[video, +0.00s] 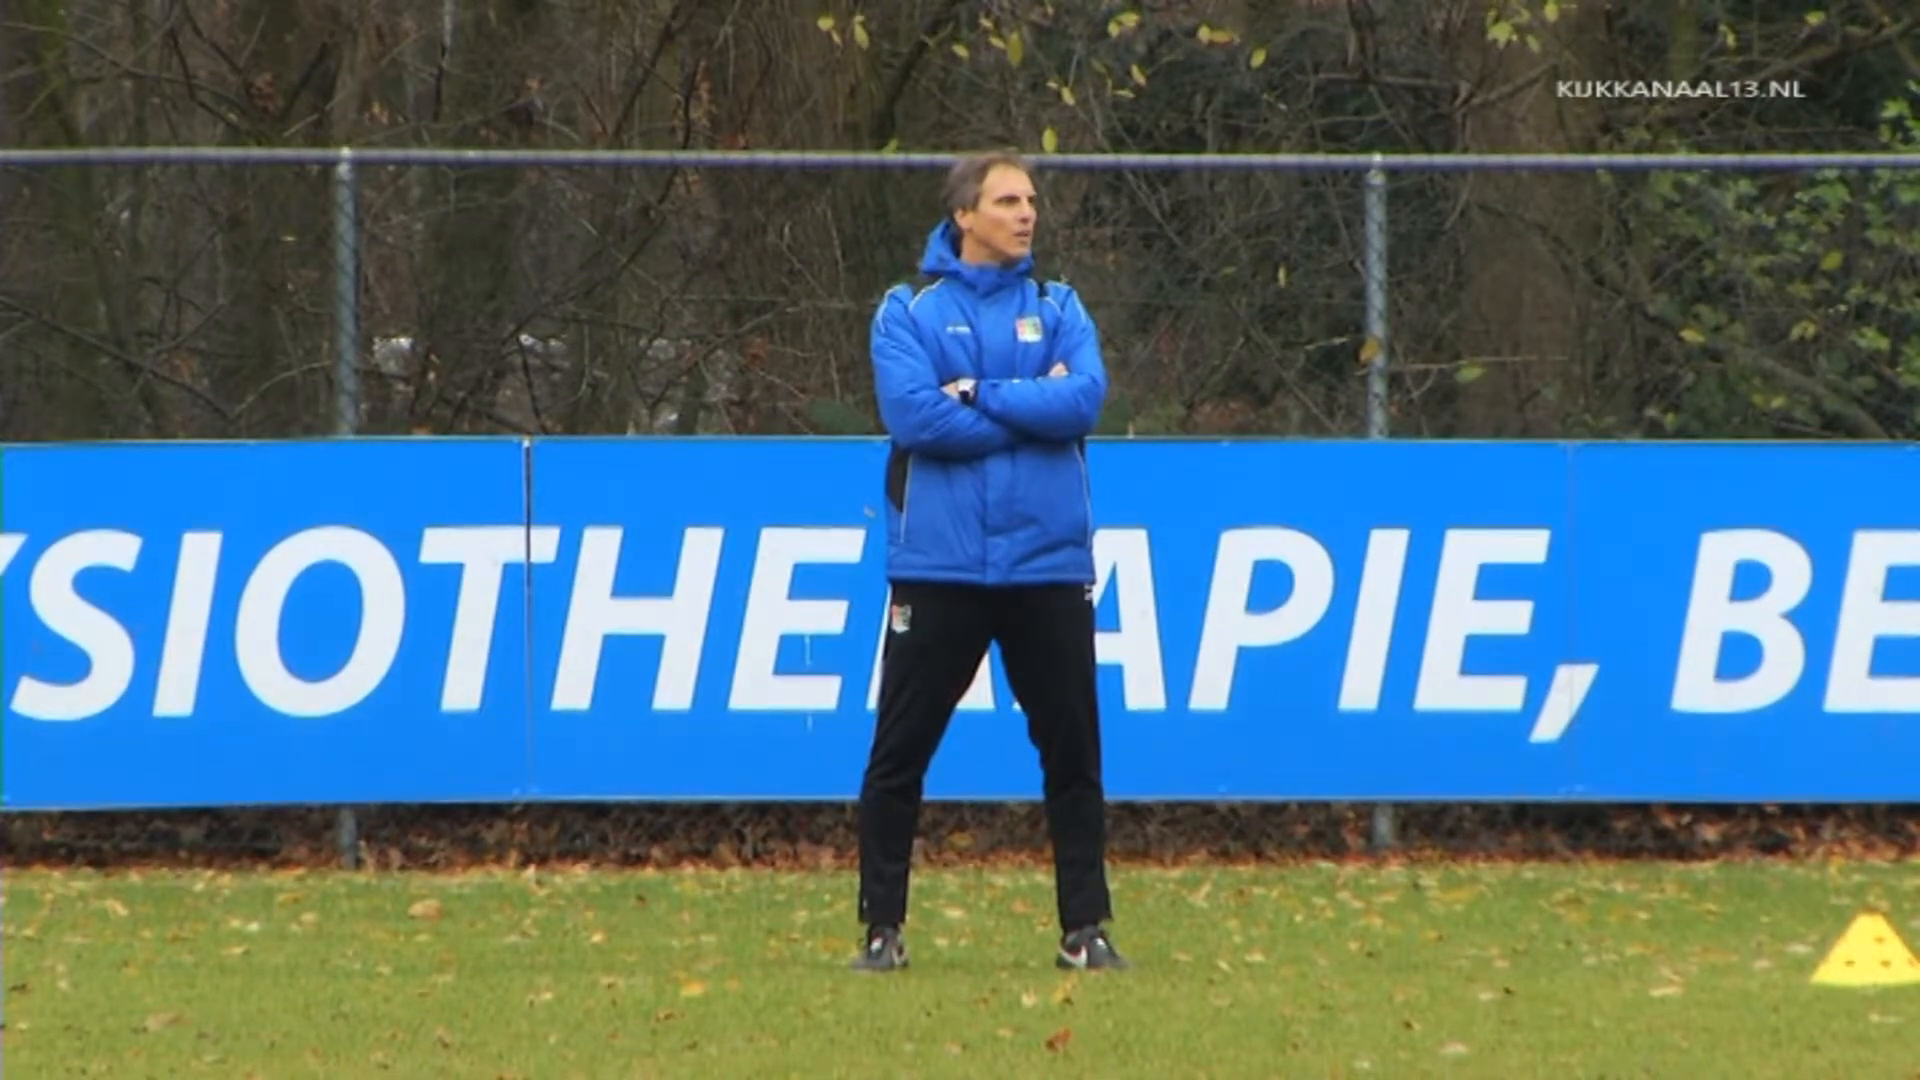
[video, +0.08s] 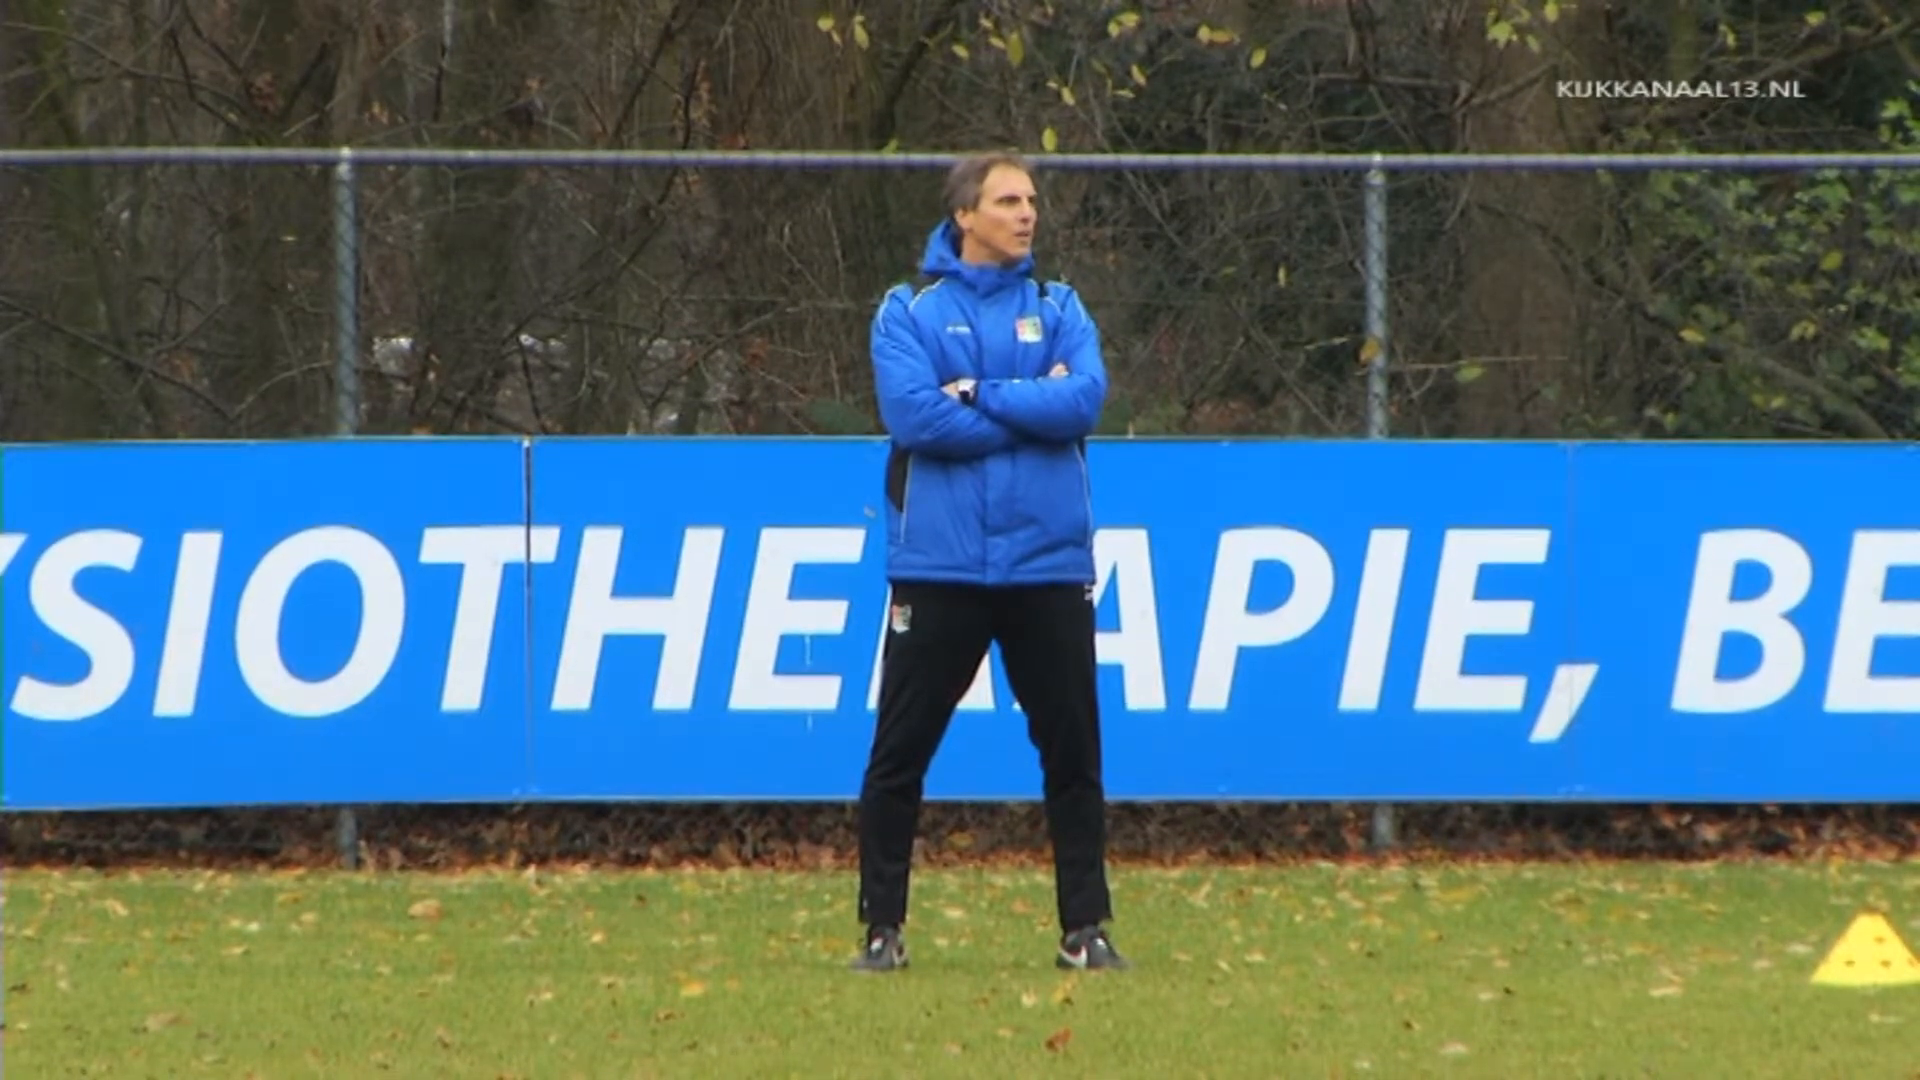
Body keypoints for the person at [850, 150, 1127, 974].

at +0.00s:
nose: (1027, 214)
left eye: (1031, 202)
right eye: (1010, 202)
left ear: (1033, 216)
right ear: (964, 218)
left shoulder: (1059, 306)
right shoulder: (906, 310)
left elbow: (1082, 401)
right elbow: (917, 423)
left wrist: (975, 391)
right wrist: (1027, 412)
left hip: (1050, 567)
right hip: (941, 569)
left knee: (1073, 750)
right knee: (901, 752)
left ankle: (1085, 931)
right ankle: (882, 929)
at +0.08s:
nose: (1028, 214)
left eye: (1032, 202)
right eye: (1010, 202)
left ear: (1033, 217)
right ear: (965, 218)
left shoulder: (1059, 306)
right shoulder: (906, 310)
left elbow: (1083, 402)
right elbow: (917, 423)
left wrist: (975, 391)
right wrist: (1027, 412)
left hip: (1050, 567)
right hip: (941, 569)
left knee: (1073, 750)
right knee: (901, 752)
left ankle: (1085, 931)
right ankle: (882, 929)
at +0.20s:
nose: (1027, 215)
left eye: (1031, 203)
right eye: (1010, 203)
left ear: (1034, 217)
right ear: (965, 218)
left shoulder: (1059, 306)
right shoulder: (907, 310)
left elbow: (1083, 402)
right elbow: (917, 423)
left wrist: (975, 391)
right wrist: (1028, 413)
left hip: (1050, 567)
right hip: (941, 569)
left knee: (1073, 750)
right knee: (901, 752)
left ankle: (1085, 931)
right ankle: (882, 929)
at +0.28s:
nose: (1026, 215)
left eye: (1031, 204)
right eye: (1009, 204)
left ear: (1035, 217)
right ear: (964, 218)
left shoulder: (1060, 305)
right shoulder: (906, 310)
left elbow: (1082, 402)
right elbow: (916, 422)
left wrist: (975, 391)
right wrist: (1028, 413)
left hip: (1050, 567)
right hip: (941, 568)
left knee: (1073, 750)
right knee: (901, 752)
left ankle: (1085, 931)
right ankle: (882, 930)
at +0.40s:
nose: (1025, 216)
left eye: (1030, 204)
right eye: (1008, 204)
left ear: (1035, 218)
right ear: (964, 218)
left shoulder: (1059, 305)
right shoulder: (906, 310)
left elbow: (1083, 403)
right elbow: (918, 423)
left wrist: (975, 391)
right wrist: (1028, 413)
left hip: (1050, 567)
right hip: (941, 569)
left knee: (1073, 751)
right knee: (901, 752)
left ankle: (1085, 931)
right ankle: (882, 929)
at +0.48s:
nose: (1024, 216)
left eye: (1029, 204)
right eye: (1006, 205)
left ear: (1035, 218)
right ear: (964, 219)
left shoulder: (1059, 306)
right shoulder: (906, 310)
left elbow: (1082, 403)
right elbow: (918, 423)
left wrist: (974, 391)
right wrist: (1028, 413)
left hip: (1050, 567)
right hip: (940, 569)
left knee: (1073, 751)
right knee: (901, 751)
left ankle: (1085, 931)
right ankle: (881, 928)